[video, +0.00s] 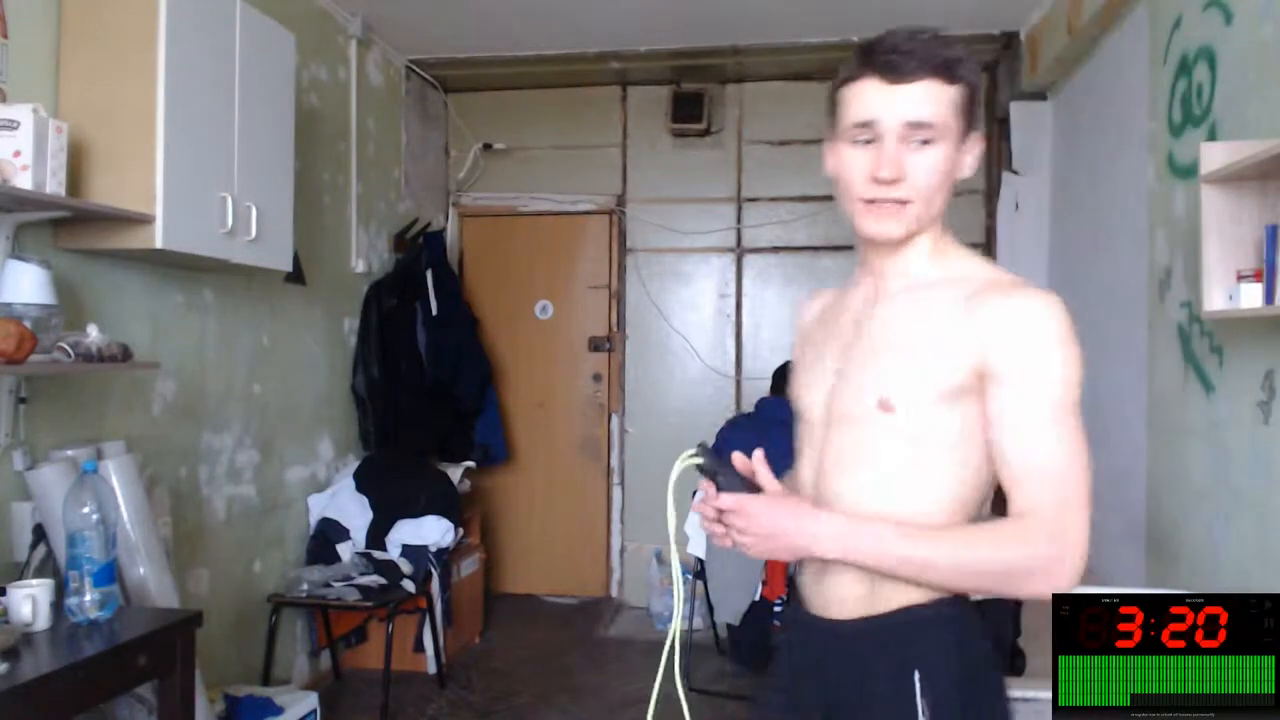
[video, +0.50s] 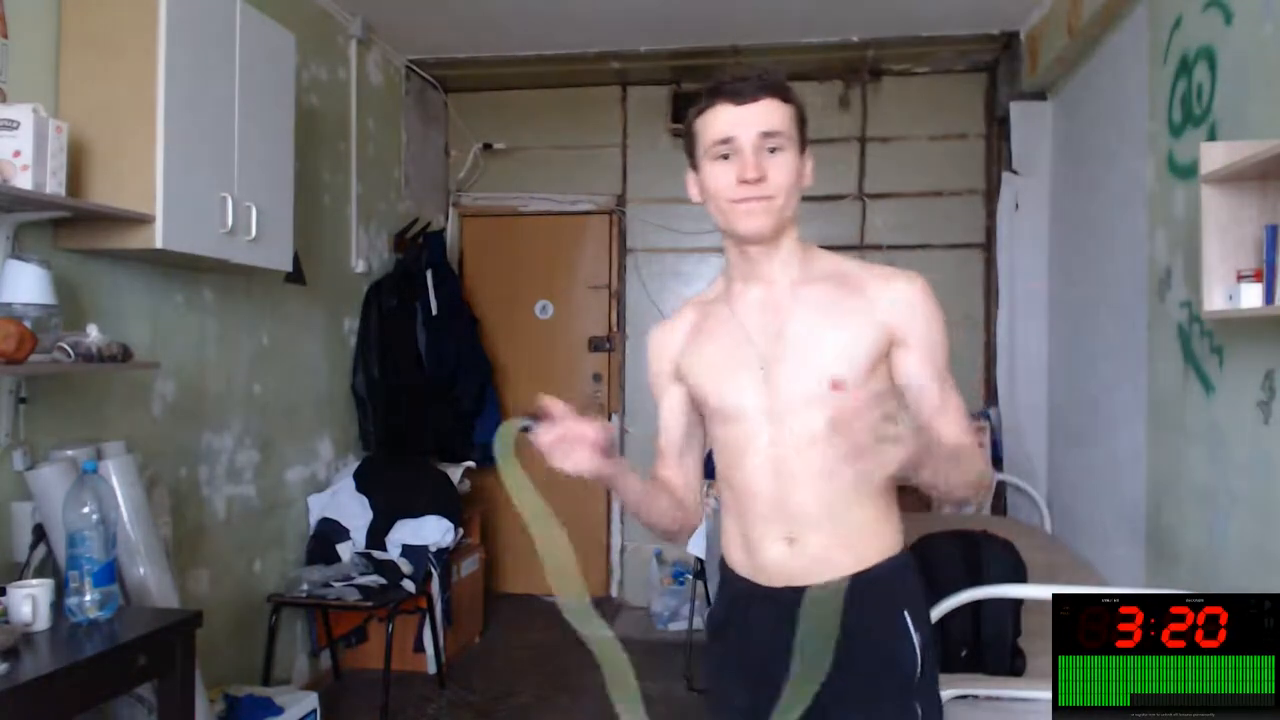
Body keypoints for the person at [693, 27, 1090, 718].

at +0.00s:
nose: (886, 167)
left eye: (921, 140)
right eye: (863, 138)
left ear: (967, 156)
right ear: (829, 156)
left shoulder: (1017, 319)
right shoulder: (817, 318)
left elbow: (1051, 555)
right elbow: (831, 490)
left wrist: (812, 532)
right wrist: (765, 508)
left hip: (923, 660)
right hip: (805, 650)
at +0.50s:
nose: (751, 172)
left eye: (773, 148)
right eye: (725, 154)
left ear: (805, 169)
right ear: (696, 184)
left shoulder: (894, 300)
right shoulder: (676, 339)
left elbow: (971, 481)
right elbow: (678, 513)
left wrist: (910, 451)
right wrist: (611, 468)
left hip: (873, 614)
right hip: (747, 619)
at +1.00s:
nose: (750, 171)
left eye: (770, 147)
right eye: (723, 155)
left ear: (804, 166)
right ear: (694, 190)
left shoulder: (901, 301)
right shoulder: (683, 339)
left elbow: (965, 498)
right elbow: (666, 519)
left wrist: (1008, 364)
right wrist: (557, 410)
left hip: (880, 630)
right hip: (750, 633)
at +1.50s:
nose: (826, 158)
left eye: (855, 131)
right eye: (801, 134)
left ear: (899, 151)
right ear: (773, 161)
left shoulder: (979, 320)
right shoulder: (733, 318)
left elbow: (1018, 543)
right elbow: (710, 498)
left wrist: (1077, 397)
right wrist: (590, 422)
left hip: (904, 655)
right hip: (759, 648)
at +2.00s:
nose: (736, 167)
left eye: (761, 134)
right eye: (708, 141)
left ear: (802, 144)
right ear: (672, 160)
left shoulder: (875, 314)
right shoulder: (623, 322)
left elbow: (901, 515)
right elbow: (615, 518)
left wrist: (978, 472)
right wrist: (508, 474)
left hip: (821, 665)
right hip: (670, 665)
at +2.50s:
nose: (704, 152)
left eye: (729, 121)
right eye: (674, 128)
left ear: (768, 141)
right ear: (639, 154)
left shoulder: (848, 311)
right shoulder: (589, 328)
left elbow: (881, 486)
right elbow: (575, 510)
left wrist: (892, 524)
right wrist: (568, 521)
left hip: (811, 669)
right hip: (655, 673)